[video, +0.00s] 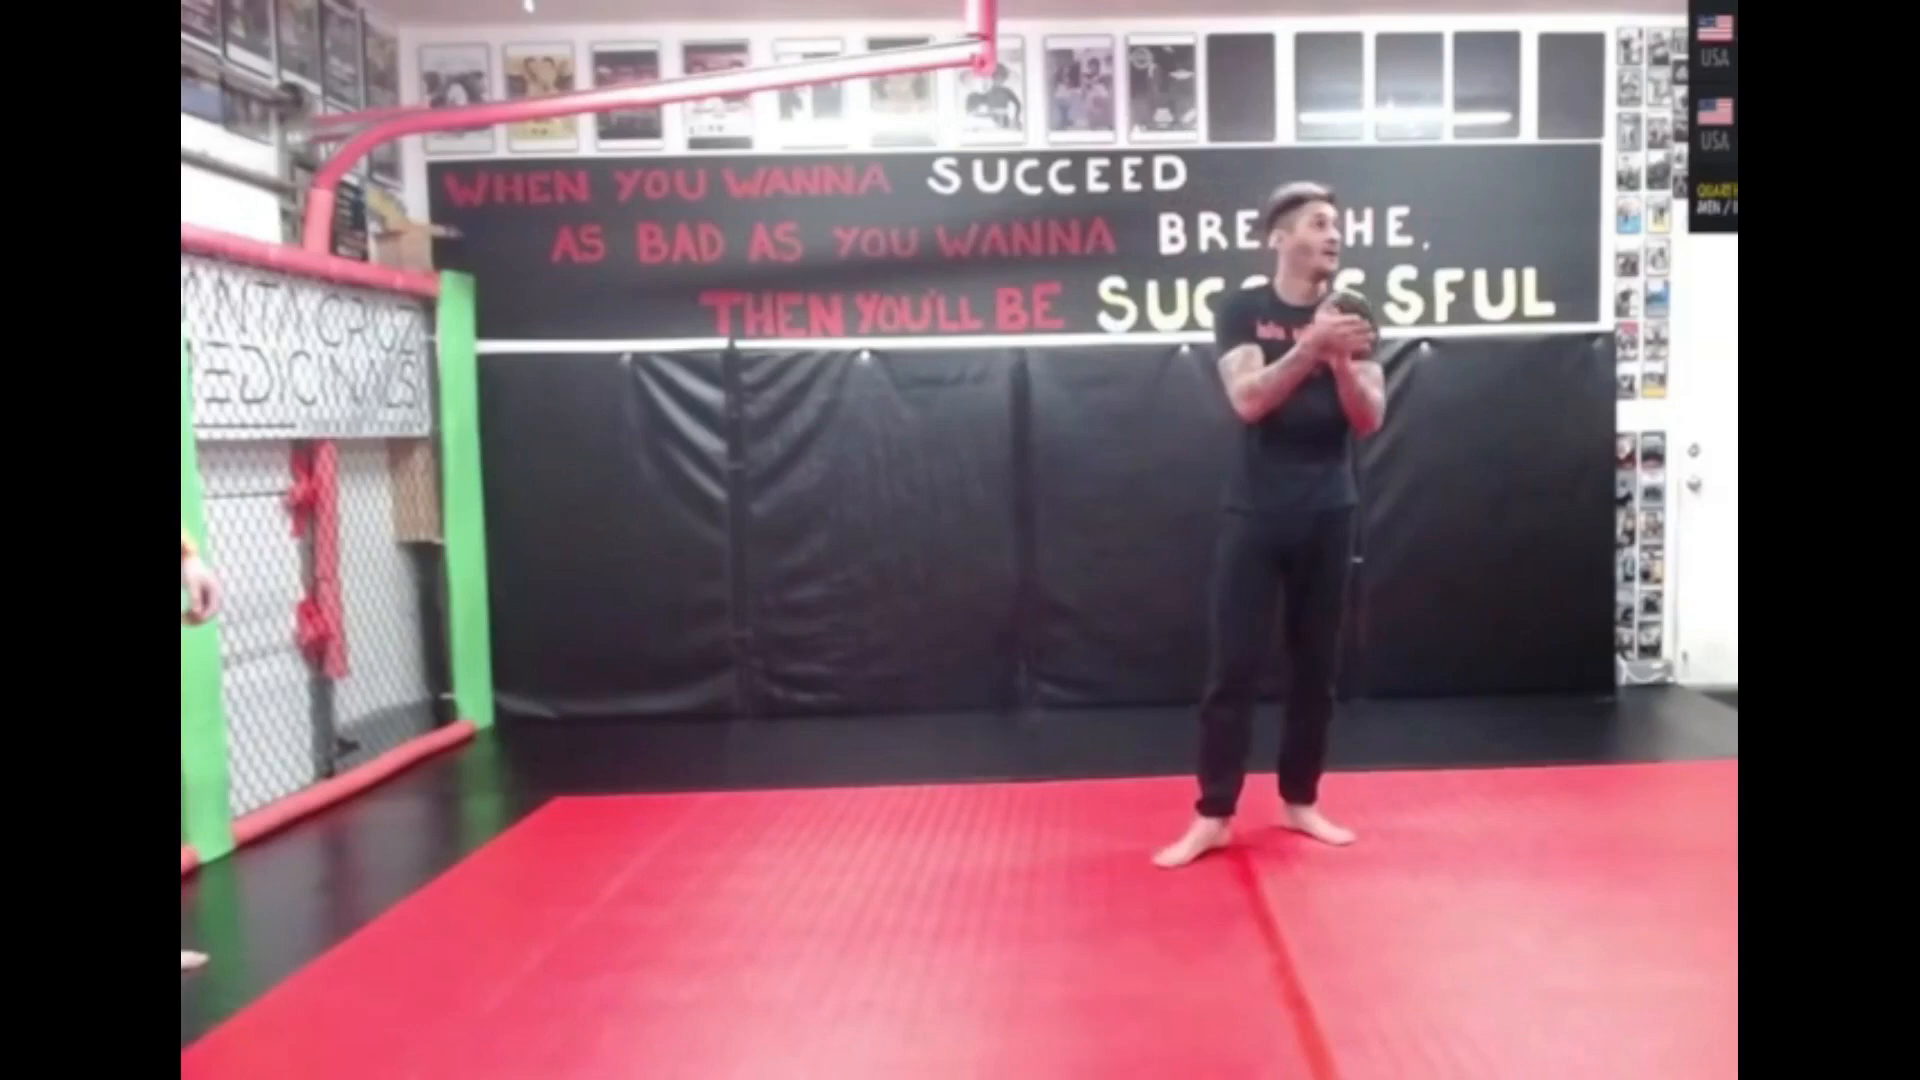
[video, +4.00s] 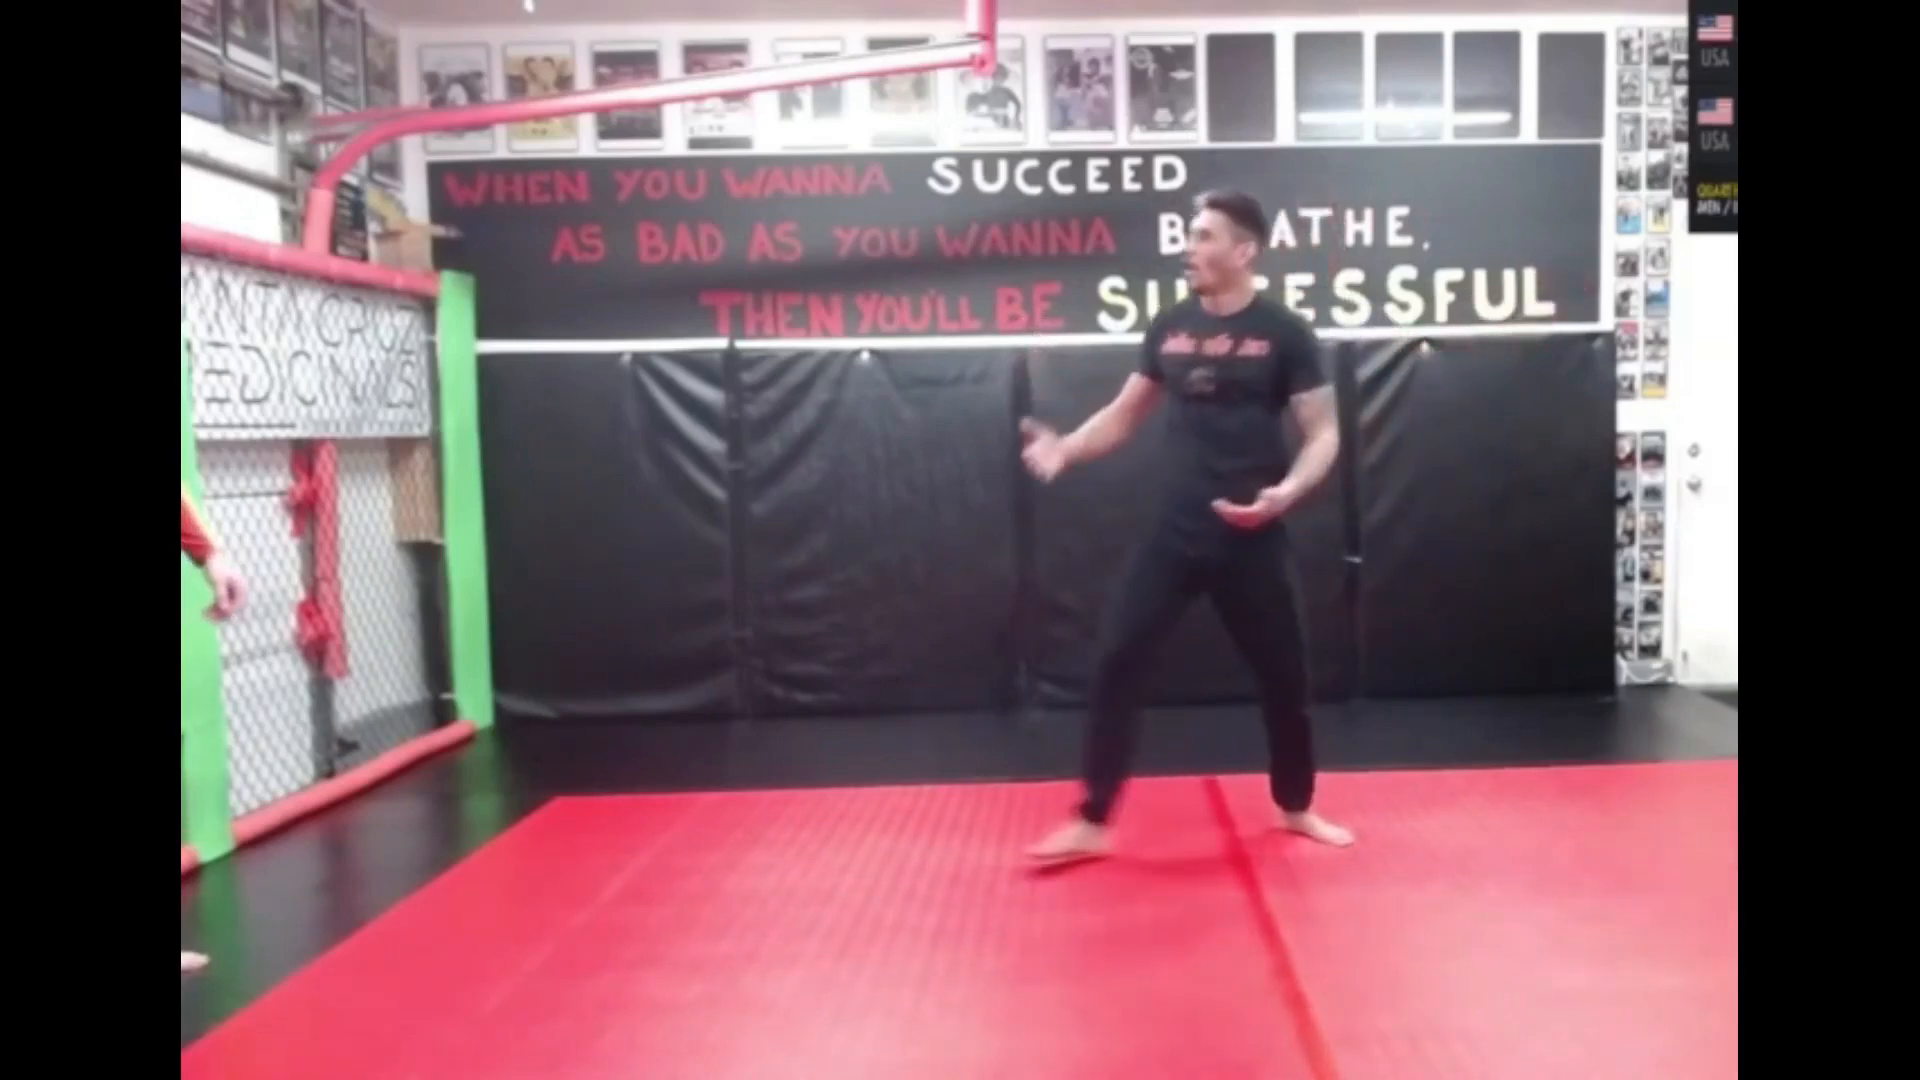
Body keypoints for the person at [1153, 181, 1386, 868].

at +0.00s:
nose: (1332, 235)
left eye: (1335, 225)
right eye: (1317, 224)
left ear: (1338, 242)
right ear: (1276, 239)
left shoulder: (1353, 315)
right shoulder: (1240, 309)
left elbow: (1369, 419)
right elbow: (1248, 401)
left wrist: (1343, 356)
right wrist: (1315, 344)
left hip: (1328, 512)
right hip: (1254, 511)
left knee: (1317, 662)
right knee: (1234, 661)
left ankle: (1300, 800)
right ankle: (1213, 814)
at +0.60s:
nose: (1338, 244)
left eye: (1340, 234)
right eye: (1324, 232)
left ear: (1338, 245)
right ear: (1282, 241)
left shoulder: (1352, 315)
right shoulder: (1239, 309)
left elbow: (1413, 392)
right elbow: (1220, 401)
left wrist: (1451, 336)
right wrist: (1298, 378)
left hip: (1327, 515)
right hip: (1251, 512)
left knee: (1318, 662)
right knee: (1230, 662)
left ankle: (1300, 802)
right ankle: (1213, 813)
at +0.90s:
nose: (1337, 246)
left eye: (1341, 236)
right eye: (1325, 234)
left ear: (1338, 246)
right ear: (1283, 240)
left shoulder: (1353, 313)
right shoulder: (1233, 316)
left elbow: (1441, 363)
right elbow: (1191, 413)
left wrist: (1534, 315)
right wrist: (1242, 468)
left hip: (1325, 515)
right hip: (1248, 514)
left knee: (1314, 664)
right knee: (1229, 663)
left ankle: (1298, 802)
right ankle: (1212, 814)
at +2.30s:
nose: (1286, 242)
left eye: (1300, 230)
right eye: (1275, 230)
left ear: (1325, 241)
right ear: (1259, 241)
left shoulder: (1351, 318)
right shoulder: (1230, 317)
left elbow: (1413, 395)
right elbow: (1187, 414)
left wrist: (1484, 374)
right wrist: (1215, 462)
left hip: (1325, 515)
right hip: (1250, 516)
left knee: (1314, 665)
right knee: (1226, 665)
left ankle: (1298, 801)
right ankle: (1212, 814)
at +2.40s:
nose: (1265, 245)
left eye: (1279, 233)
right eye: (1258, 233)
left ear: (1314, 241)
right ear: (1252, 242)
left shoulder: (1351, 318)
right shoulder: (1228, 318)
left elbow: (1395, 408)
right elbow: (1188, 411)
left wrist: (1443, 426)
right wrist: (1198, 453)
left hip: (1324, 515)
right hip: (1244, 515)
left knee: (1314, 664)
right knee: (1225, 663)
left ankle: (1297, 803)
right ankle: (1211, 815)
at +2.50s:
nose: (1251, 246)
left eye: (1264, 234)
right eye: (1248, 235)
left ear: (1306, 240)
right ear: (1247, 243)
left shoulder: (1349, 317)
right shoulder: (1230, 316)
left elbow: (1374, 414)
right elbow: (1186, 410)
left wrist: (1350, 471)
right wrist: (1135, 404)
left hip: (1319, 516)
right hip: (1244, 514)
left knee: (1311, 663)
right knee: (1223, 665)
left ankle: (1298, 801)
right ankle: (1211, 813)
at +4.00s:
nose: (1191, 248)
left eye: (1207, 237)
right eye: (1191, 236)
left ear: (1248, 250)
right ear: (1195, 247)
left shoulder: (1286, 332)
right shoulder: (1171, 328)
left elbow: (1324, 436)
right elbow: (1123, 413)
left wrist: (1285, 492)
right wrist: (1067, 447)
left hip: (1252, 530)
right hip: (1175, 525)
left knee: (1283, 672)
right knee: (1118, 655)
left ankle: (1296, 807)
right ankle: (1092, 819)